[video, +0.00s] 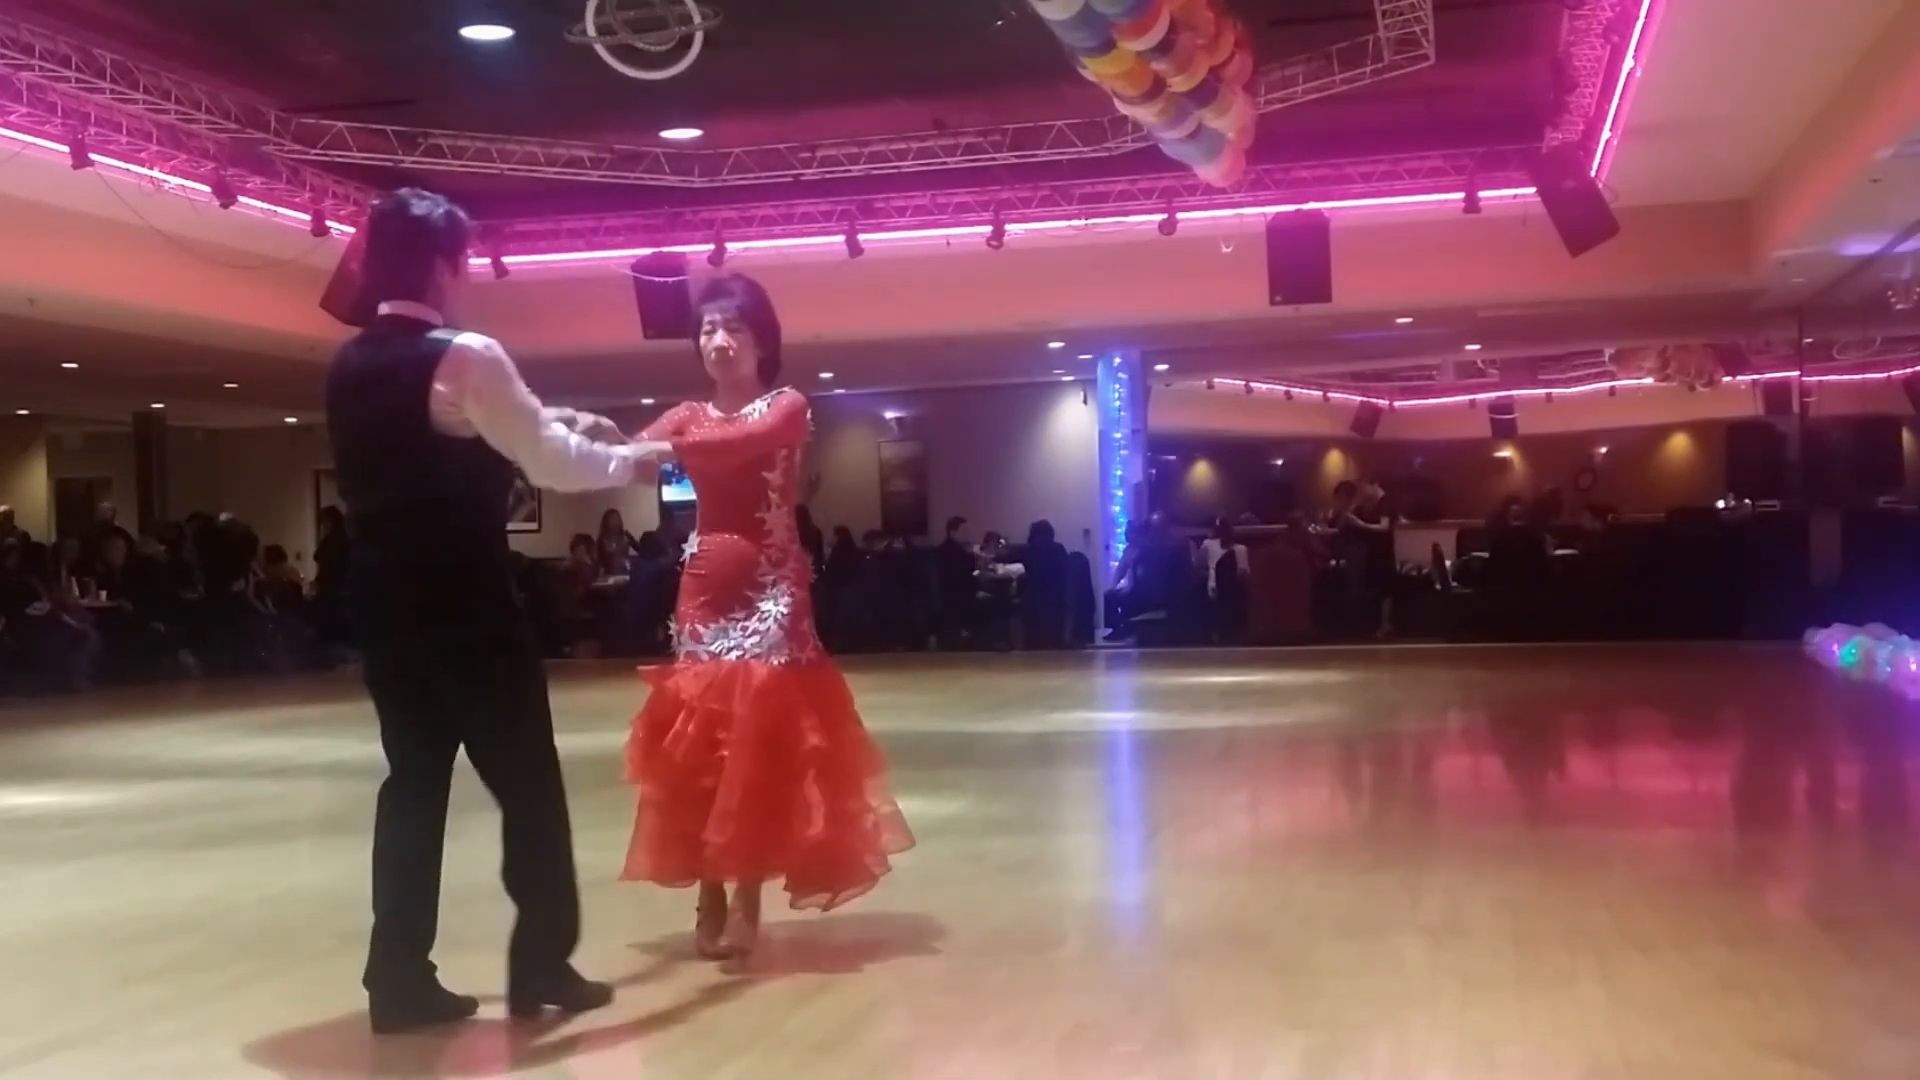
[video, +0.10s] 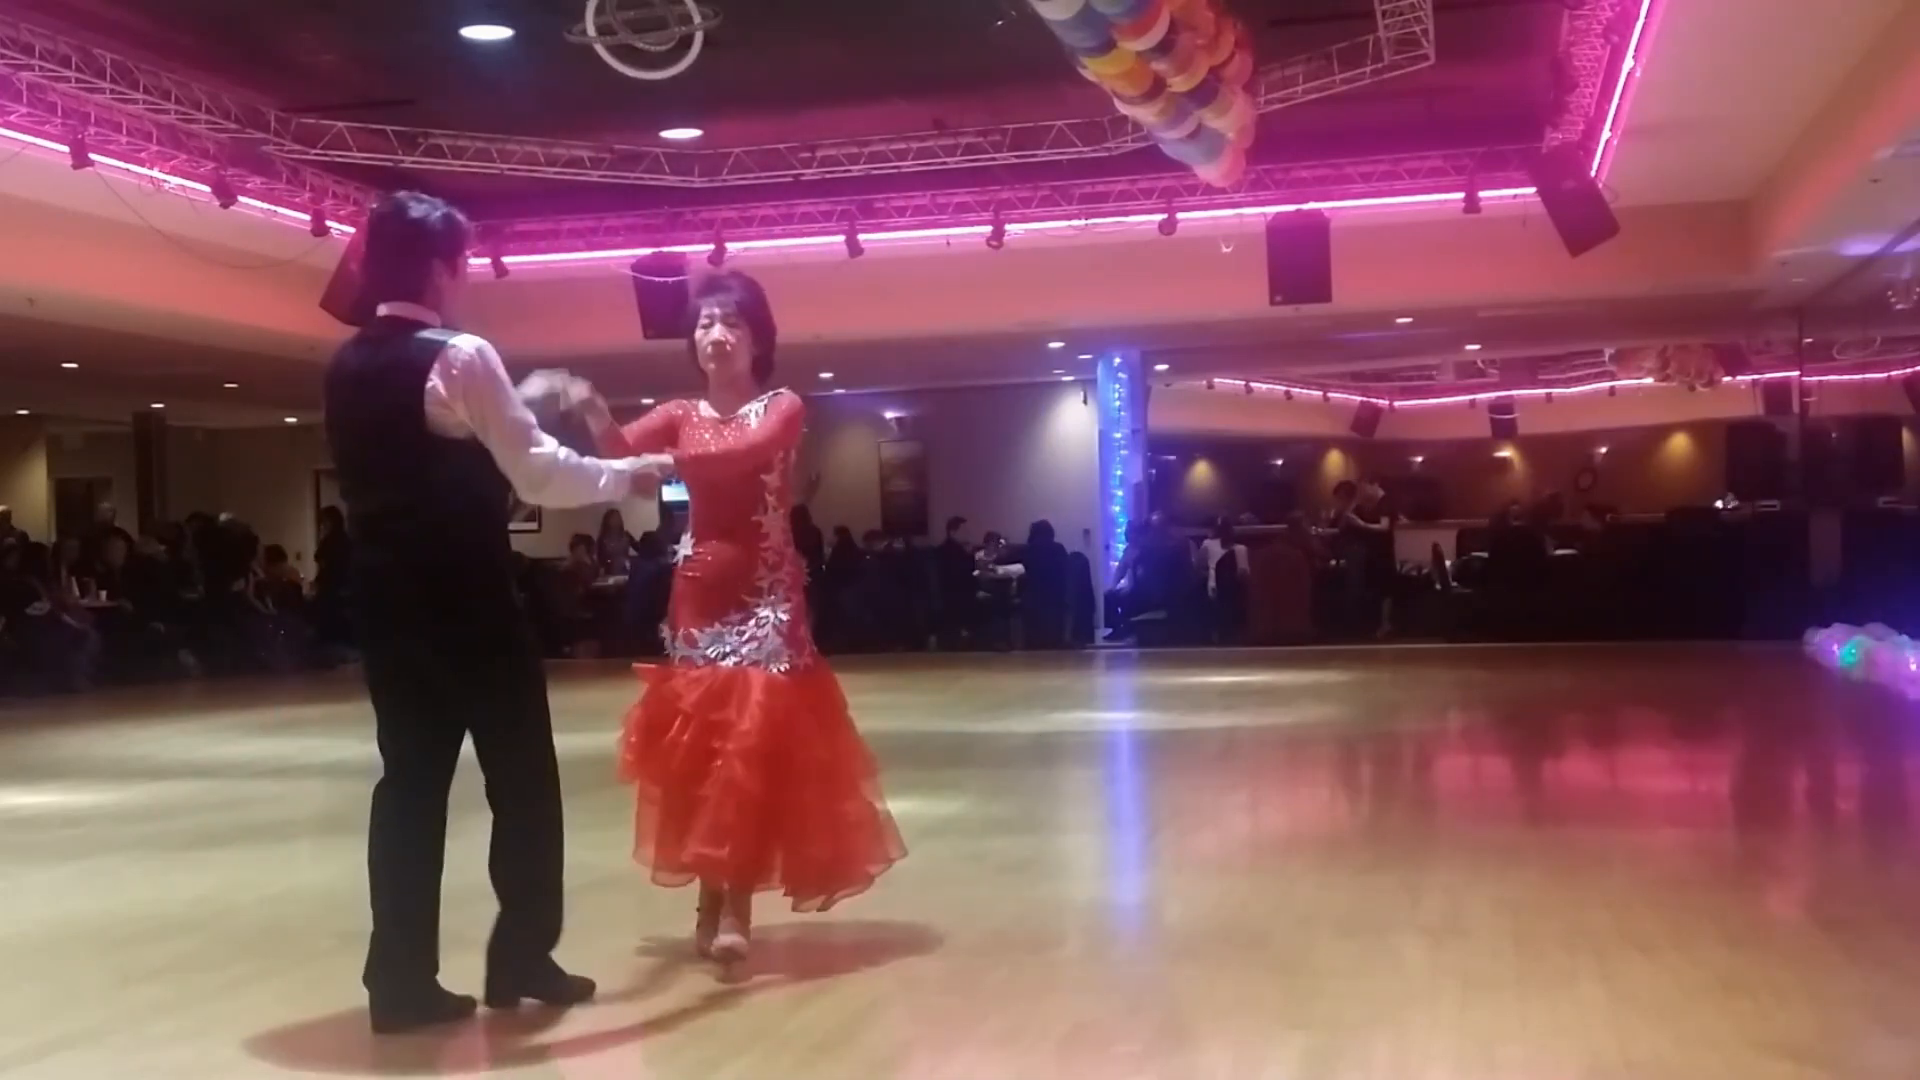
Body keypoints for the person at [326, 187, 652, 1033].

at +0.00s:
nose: (469, 273)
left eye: (464, 256)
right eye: (462, 258)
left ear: (383, 262)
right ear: (435, 263)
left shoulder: (352, 364)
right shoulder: (467, 362)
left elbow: (484, 426)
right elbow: (557, 464)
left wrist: (575, 425)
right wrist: (645, 459)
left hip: (389, 612)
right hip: (471, 610)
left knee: (413, 782)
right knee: (530, 784)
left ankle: (399, 983)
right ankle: (543, 968)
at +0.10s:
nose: (470, 275)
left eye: (467, 259)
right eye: (463, 260)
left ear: (383, 263)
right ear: (437, 264)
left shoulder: (349, 365)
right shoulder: (462, 358)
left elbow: (436, 447)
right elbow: (537, 471)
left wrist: (533, 403)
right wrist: (633, 473)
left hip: (393, 610)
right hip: (476, 606)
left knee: (409, 787)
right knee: (525, 783)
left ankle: (400, 986)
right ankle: (523, 965)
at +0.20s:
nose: (480, 278)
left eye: (476, 263)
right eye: (472, 263)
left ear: (393, 272)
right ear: (440, 270)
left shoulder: (365, 369)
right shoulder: (464, 366)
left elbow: (455, 410)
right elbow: (532, 477)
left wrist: (524, 341)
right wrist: (623, 485)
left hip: (400, 608)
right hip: (481, 607)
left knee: (412, 783)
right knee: (529, 776)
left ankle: (400, 985)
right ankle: (515, 948)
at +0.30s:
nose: (490, 284)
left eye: (488, 269)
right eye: (483, 269)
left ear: (409, 279)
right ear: (447, 275)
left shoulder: (384, 369)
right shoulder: (465, 370)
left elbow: (483, 374)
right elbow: (526, 488)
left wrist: (539, 291)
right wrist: (627, 497)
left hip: (414, 611)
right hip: (490, 609)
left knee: (420, 779)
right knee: (534, 769)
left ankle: (402, 985)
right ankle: (505, 944)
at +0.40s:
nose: (506, 275)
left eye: (500, 262)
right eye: (492, 263)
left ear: (429, 284)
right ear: (452, 280)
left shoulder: (412, 369)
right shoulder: (470, 371)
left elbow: (517, 340)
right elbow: (519, 491)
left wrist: (569, 257)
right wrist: (633, 499)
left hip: (429, 598)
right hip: (497, 597)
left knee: (442, 771)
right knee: (534, 770)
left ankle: (405, 974)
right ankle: (503, 945)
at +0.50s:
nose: (520, 282)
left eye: (514, 269)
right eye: (508, 270)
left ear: (447, 284)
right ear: (469, 281)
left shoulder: (435, 364)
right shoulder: (479, 371)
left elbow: (540, 325)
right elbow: (508, 488)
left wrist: (595, 244)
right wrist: (627, 496)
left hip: (455, 591)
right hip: (511, 596)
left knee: (475, 764)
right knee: (534, 774)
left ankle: (411, 924)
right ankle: (504, 945)